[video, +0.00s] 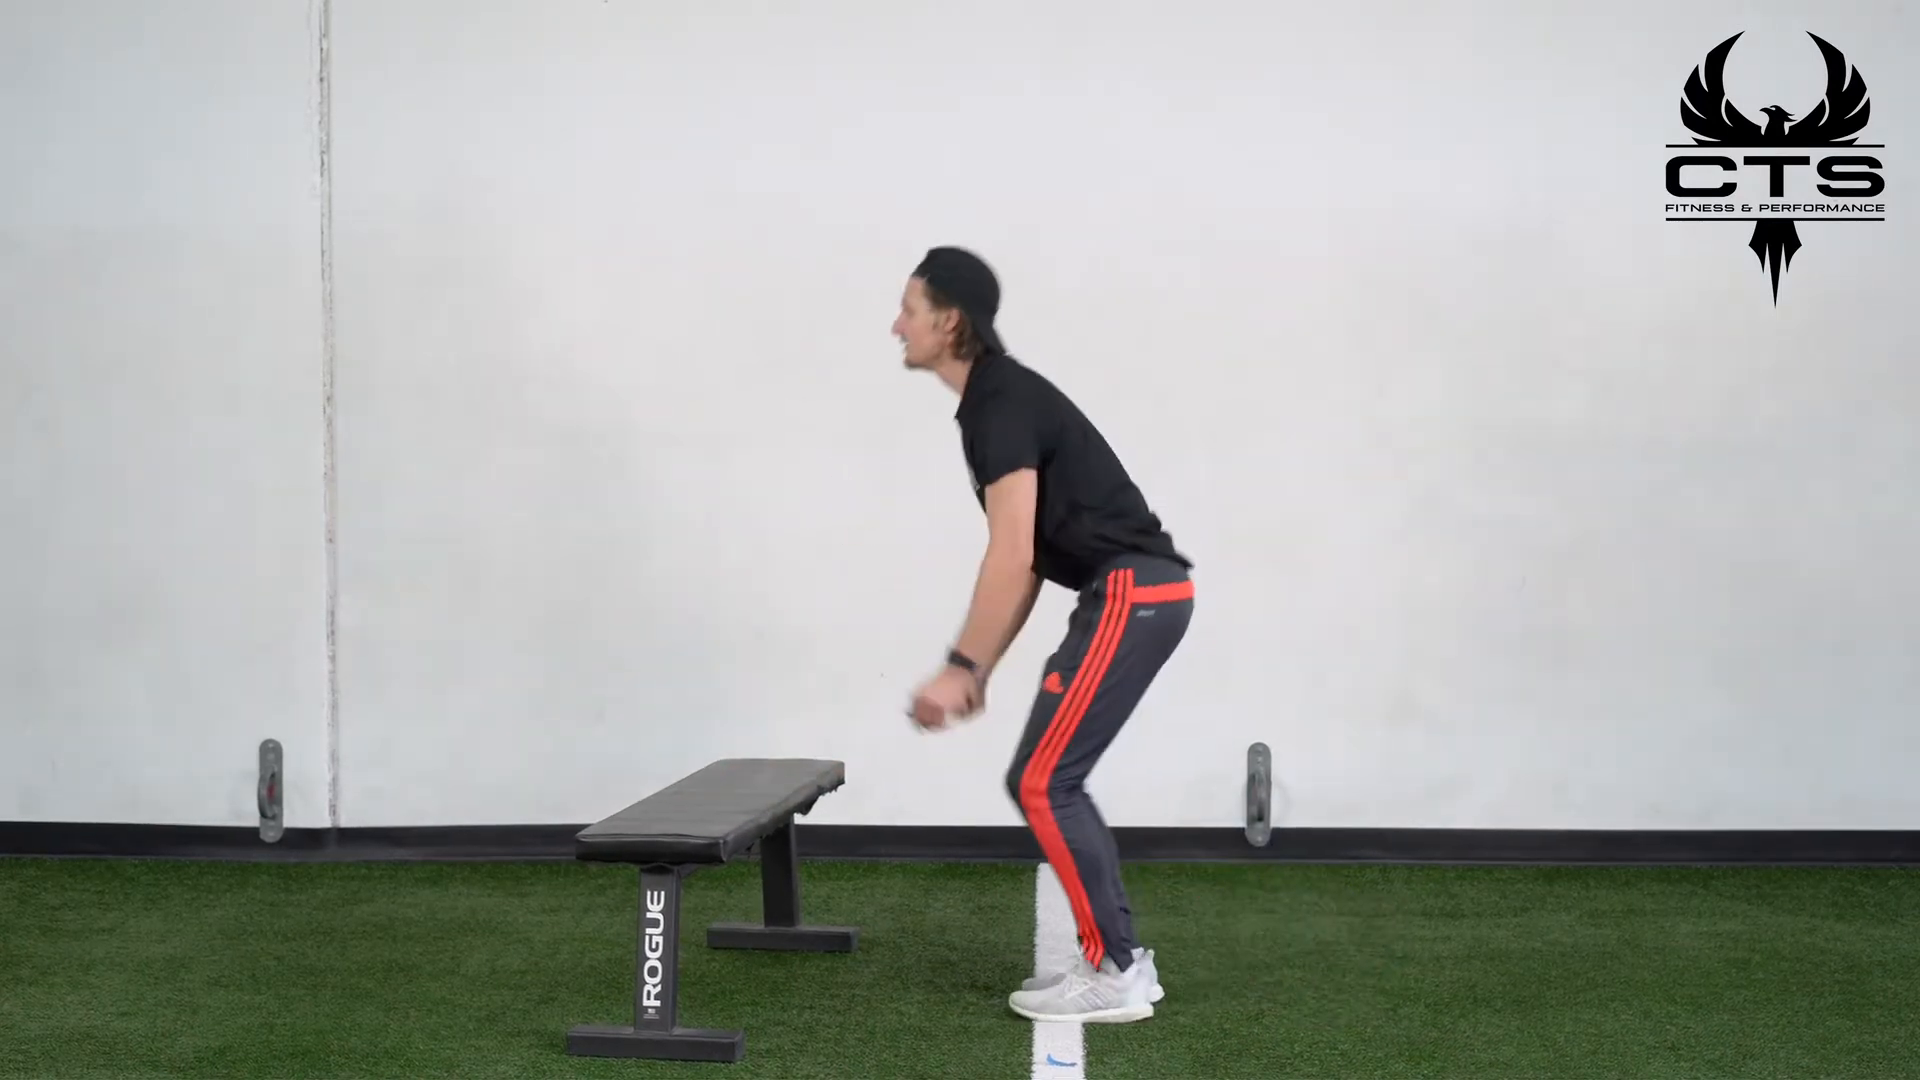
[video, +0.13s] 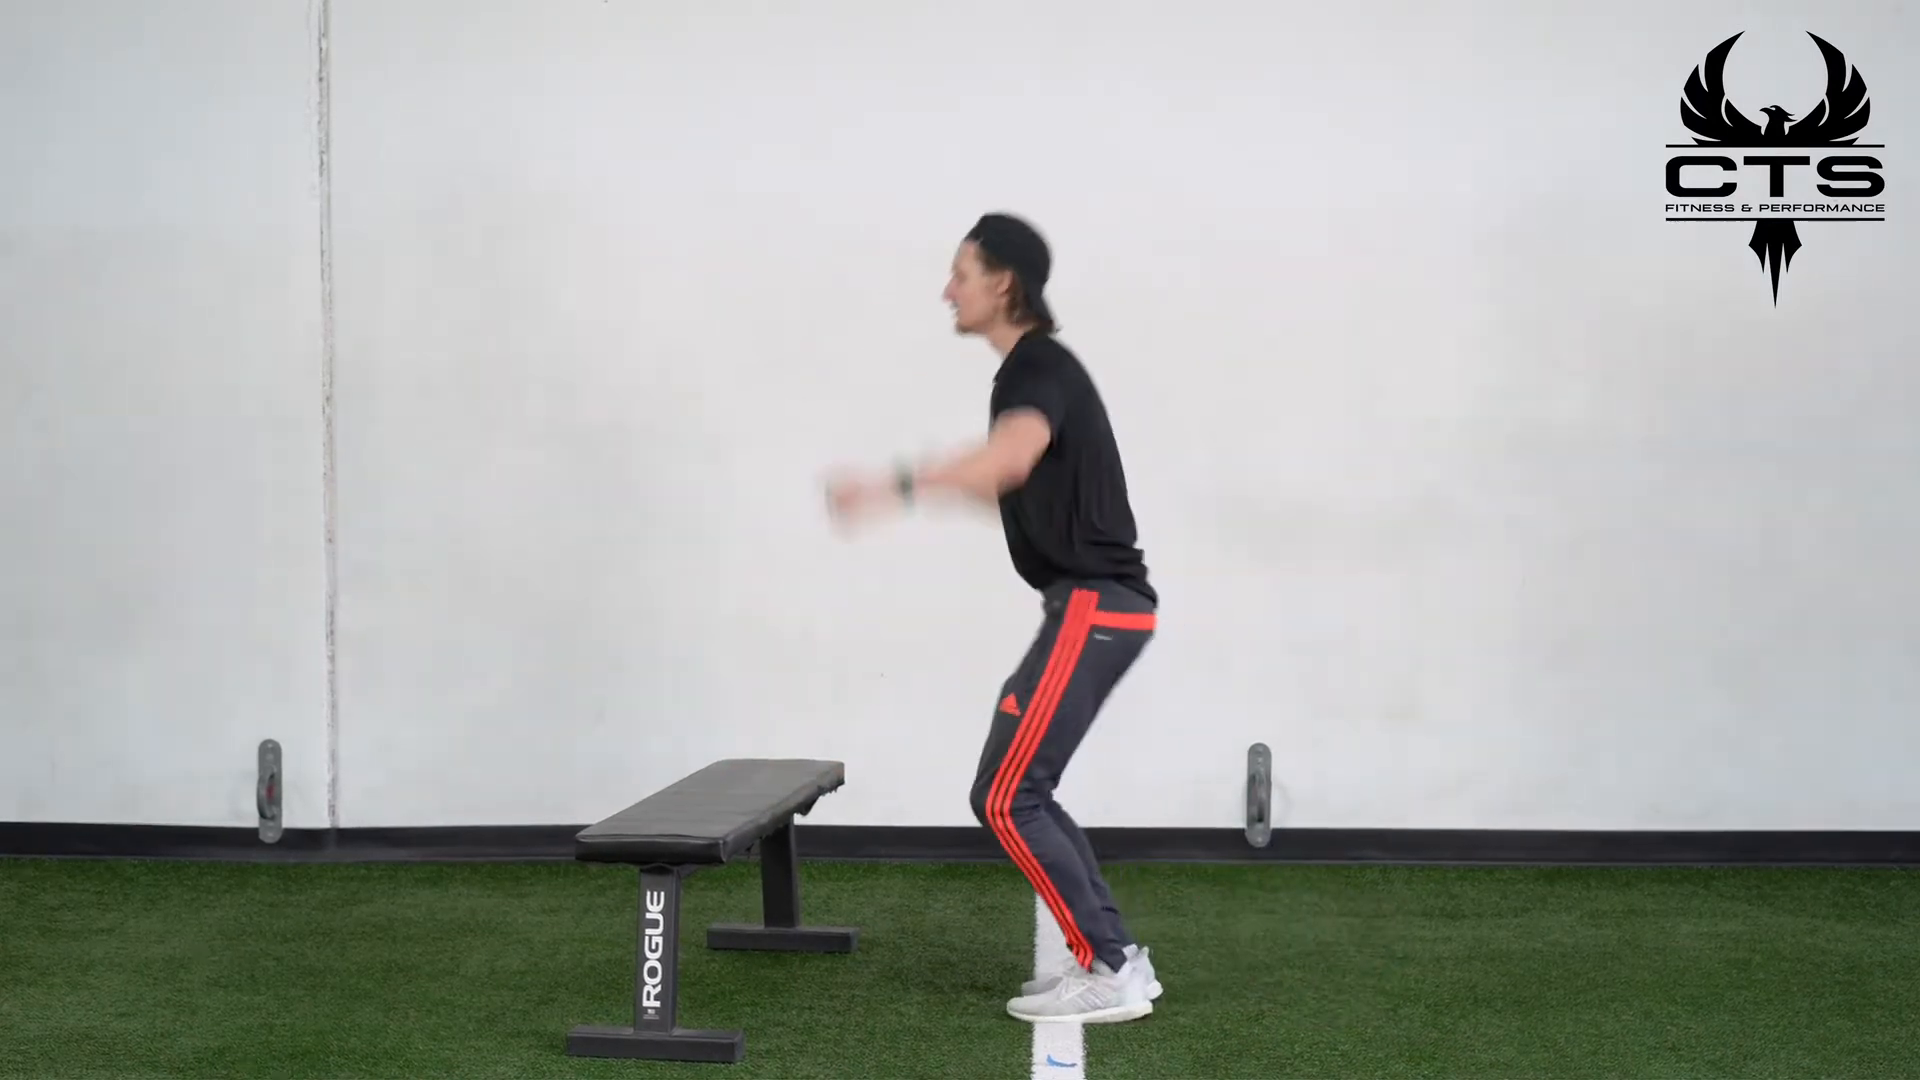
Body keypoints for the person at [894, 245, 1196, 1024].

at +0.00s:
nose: (897, 322)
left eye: (909, 309)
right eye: (902, 307)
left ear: (951, 322)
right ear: (955, 322)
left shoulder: (1000, 402)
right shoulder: (996, 400)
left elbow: (1013, 553)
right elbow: (1022, 565)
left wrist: (962, 667)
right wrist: (973, 670)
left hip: (1137, 591)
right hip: (1126, 589)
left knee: (1043, 780)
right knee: (1044, 777)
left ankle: (1119, 968)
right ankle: (1116, 960)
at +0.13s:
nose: (948, 288)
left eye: (961, 274)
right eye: (952, 273)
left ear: (1004, 282)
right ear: (1003, 285)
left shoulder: (1040, 366)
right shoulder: (1024, 372)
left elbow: (1010, 461)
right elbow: (1018, 485)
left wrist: (896, 485)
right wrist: (936, 478)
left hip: (1100, 604)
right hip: (1083, 602)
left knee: (1007, 796)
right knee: (1010, 792)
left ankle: (1113, 967)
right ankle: (1108, 957)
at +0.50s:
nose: (989, 139)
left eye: (1001, 124)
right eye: (992, 123)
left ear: (1045, 135)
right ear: (1048, 138)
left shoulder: (1057, 212)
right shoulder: (1056, 214)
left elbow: (1037, 137)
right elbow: (1047, 135)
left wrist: (992, 39)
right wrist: (1044, 58)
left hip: (1044, 477)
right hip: (1047, 476)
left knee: (1042, 691)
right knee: (1048, 689)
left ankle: (1075, 892)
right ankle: (1076, 884)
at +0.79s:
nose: (946, 243)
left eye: (954, 225)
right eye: (946, 226)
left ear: (994, 222)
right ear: (1004, 223)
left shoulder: (1019, 303)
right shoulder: (1047, 302)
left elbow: (1080, 394)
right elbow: (1099, 382)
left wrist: (1051, 335)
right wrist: (1086, 306)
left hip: (1038, 559)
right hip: (1060, 555)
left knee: (1038, 761)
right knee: (1058, 757)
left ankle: (1098, 958)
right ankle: (1097, 948)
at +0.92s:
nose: (904, 264)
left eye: (908, 245)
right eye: (901, 247)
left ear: (952, 235)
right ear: (960, 237)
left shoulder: (1002, 315)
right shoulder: (1023, 308)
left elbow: (1066, 434)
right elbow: (1088, 420)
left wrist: (1071, 536)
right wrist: (1117, 478)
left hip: (1050, 555)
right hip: (1067, 550)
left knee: (1050, 760)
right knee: (1065, 758)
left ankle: (1101, 964)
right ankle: (1102, 952)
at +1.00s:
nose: (874, 294)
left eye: (877, 275)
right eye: (871, 278)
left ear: (919, 262)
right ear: (917, 264)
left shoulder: (983, 346)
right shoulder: (978, 339)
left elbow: (1038, 479)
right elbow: (1042, 477)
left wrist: (1043, 603)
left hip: (1088, 568)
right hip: (1086, 565)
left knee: (1058, 765)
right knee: (1073, 762)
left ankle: (1102, 966)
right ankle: (1101, 954)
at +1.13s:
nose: (838, 361)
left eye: (841, 341)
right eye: (834, 344)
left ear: (887, 330)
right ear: (894, 333)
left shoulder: (949, 405)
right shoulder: (967, 391)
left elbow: (969, 558)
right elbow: (1017, 547)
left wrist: (932, 685)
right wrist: (991, 670)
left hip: (1123, 566)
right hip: (1118, 564)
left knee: (1077, 767)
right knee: (1081, 766)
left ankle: (1105, 969)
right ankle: (1102, 958)